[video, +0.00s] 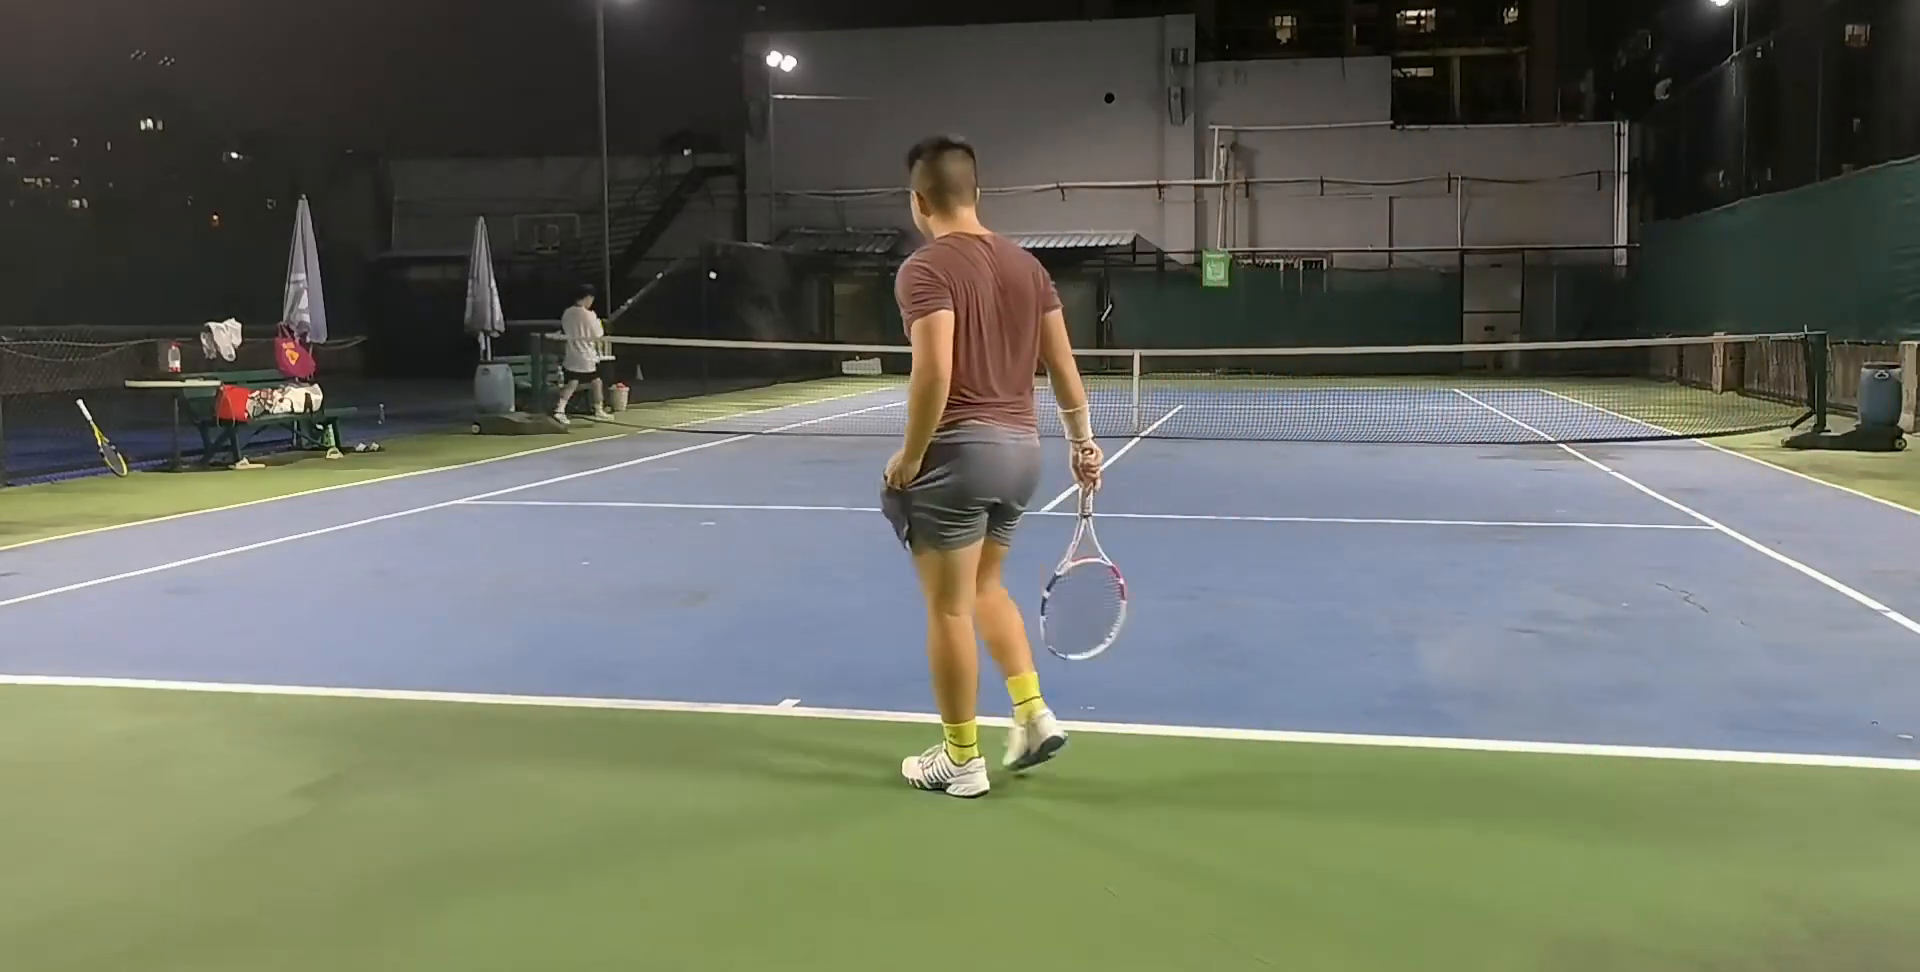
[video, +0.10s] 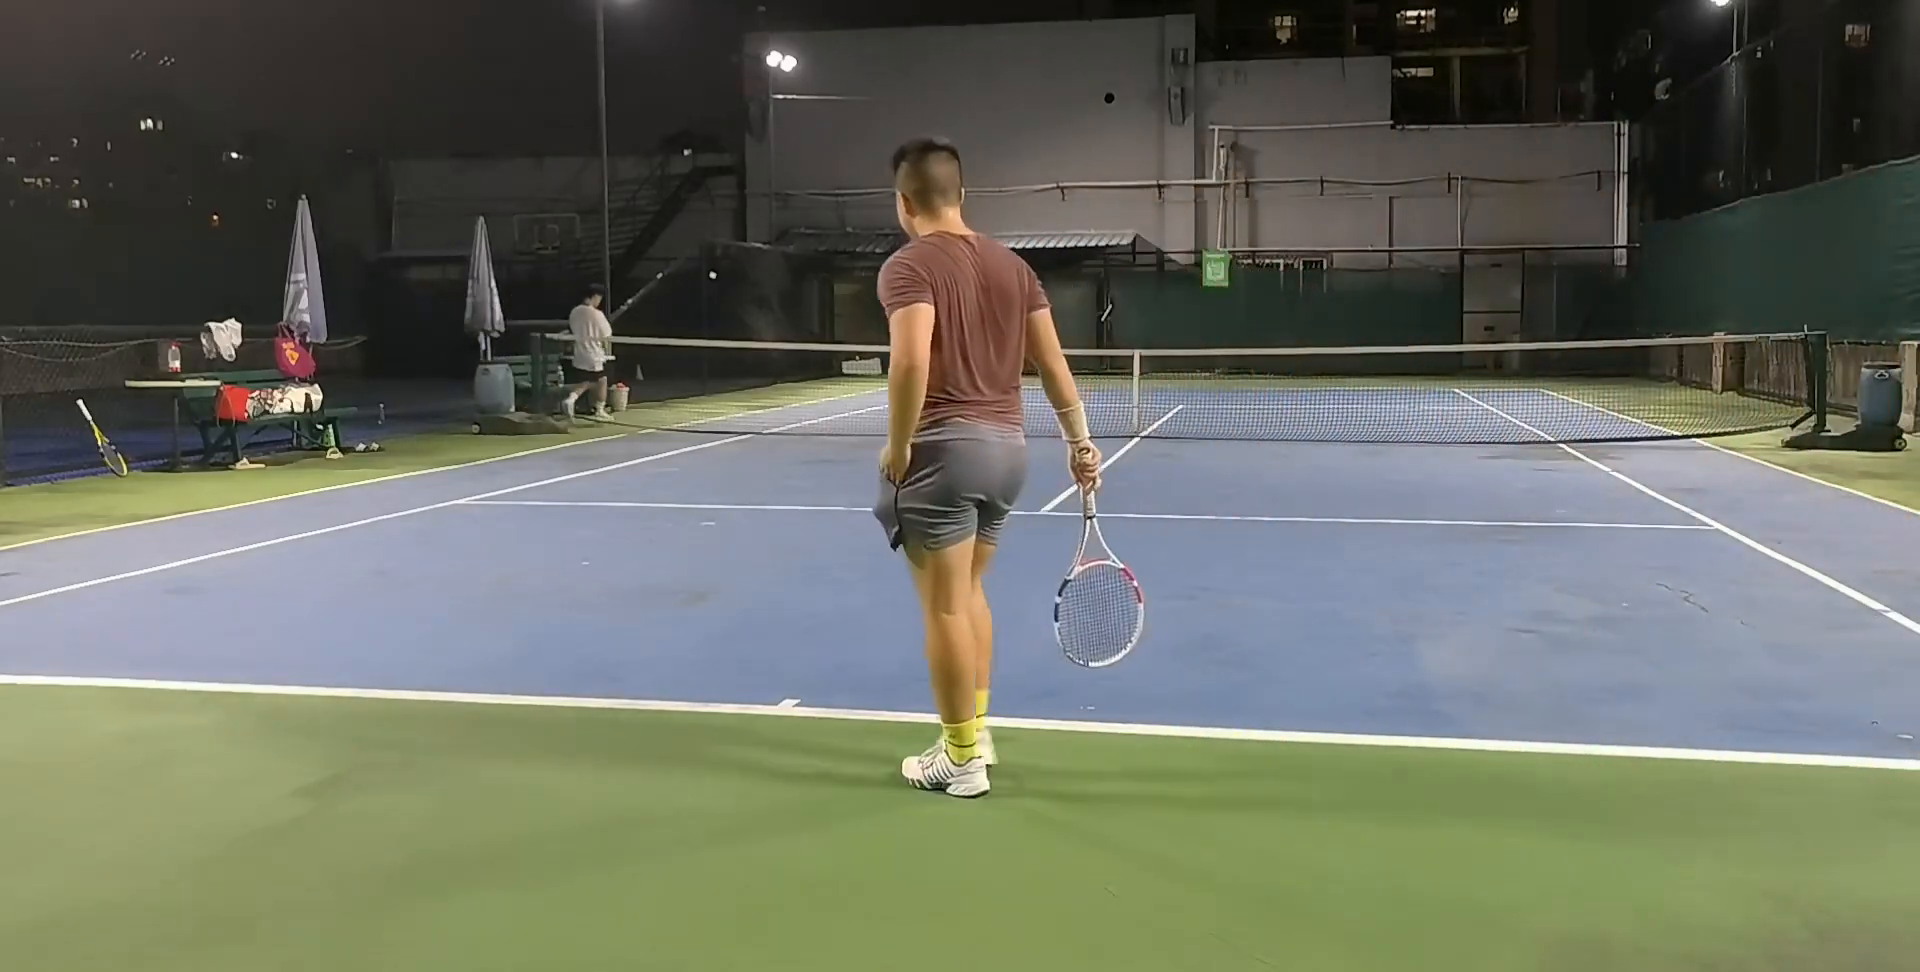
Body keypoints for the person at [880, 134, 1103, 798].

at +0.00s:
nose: (912, 210)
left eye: (911, 201)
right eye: (915, 201)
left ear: (919, 202)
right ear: (977, 195)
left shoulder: (925, 267)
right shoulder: (1027, 265)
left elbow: (935, 370)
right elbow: (1064, 366)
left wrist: (910, 454)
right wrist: (1081, 437)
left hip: (956, 447)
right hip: (1023, 449)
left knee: (950, 605)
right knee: (987, 585)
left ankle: (962, 757)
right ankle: (1033, 715)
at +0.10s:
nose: (897, 213)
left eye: (896, 204)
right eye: (900, 205)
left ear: (903, 203)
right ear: (962, 197)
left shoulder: (910, 265)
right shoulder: (1014, 266)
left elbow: (910, 363)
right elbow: (1053, 365)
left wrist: (897, 449)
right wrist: (1079, 439)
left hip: (941, 447)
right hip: (1008, 448)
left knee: (946, 604)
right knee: (969, 588)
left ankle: (962, 760)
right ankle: (972, 735)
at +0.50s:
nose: (869, 211)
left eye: (869, 203)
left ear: (876, 206)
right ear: (934, 205)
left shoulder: (861, 263)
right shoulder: (967, 279)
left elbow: (829, 352)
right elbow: (990, 377)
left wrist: (809, 426)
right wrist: (984, 448)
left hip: (886, 446)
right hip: (952, 448)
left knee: (880, 602)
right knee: (918, 589)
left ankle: (948, 741)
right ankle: (901, 723)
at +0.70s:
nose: (854, 209)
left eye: (853, 201)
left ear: (858, 204)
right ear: (914, 203)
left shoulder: (834, 268)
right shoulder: (950, 277)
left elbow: (814, 367)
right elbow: (965, 381)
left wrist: (806, 452)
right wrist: (929, 424)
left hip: (860, 441)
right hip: (929, 442)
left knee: (813, 578)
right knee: (910, 584)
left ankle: (861, 708)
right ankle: (903, 725)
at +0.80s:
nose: (838, 209)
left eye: (838, 201)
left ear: (843, 204)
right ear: (900, 202)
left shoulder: (819, 270)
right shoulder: (939, 275)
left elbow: (803, 367)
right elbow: (956, 370)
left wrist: (796, 450)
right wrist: (920, 413)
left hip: (845, 440)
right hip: (917, 441)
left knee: (805, 582)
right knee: (906, 587)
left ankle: (800, 729)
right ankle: (902, 727)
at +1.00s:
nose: (803, 211)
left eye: (802, 203)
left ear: (805, 205)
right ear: (863, 203)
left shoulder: (781, 275)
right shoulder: (907, 276)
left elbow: (750, 372)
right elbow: (931, 367)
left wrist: (747, 439)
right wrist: (897, 410)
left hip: (807, 444)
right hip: (881, 443)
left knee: (782, 590)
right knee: (889, 588)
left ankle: (759, 738)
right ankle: (900, 725)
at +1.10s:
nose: (785, 212)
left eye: (782, 204)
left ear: (786, 204)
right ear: (844, 203)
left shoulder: (760, 277)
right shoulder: (890, 276)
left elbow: (727, 382)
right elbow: (916, 368)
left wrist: (731, 361)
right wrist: (882, 412)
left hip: (788, 439)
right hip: (861, 442)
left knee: (771, 591)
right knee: (878, 588)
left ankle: (757, 738)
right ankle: (899, 724)